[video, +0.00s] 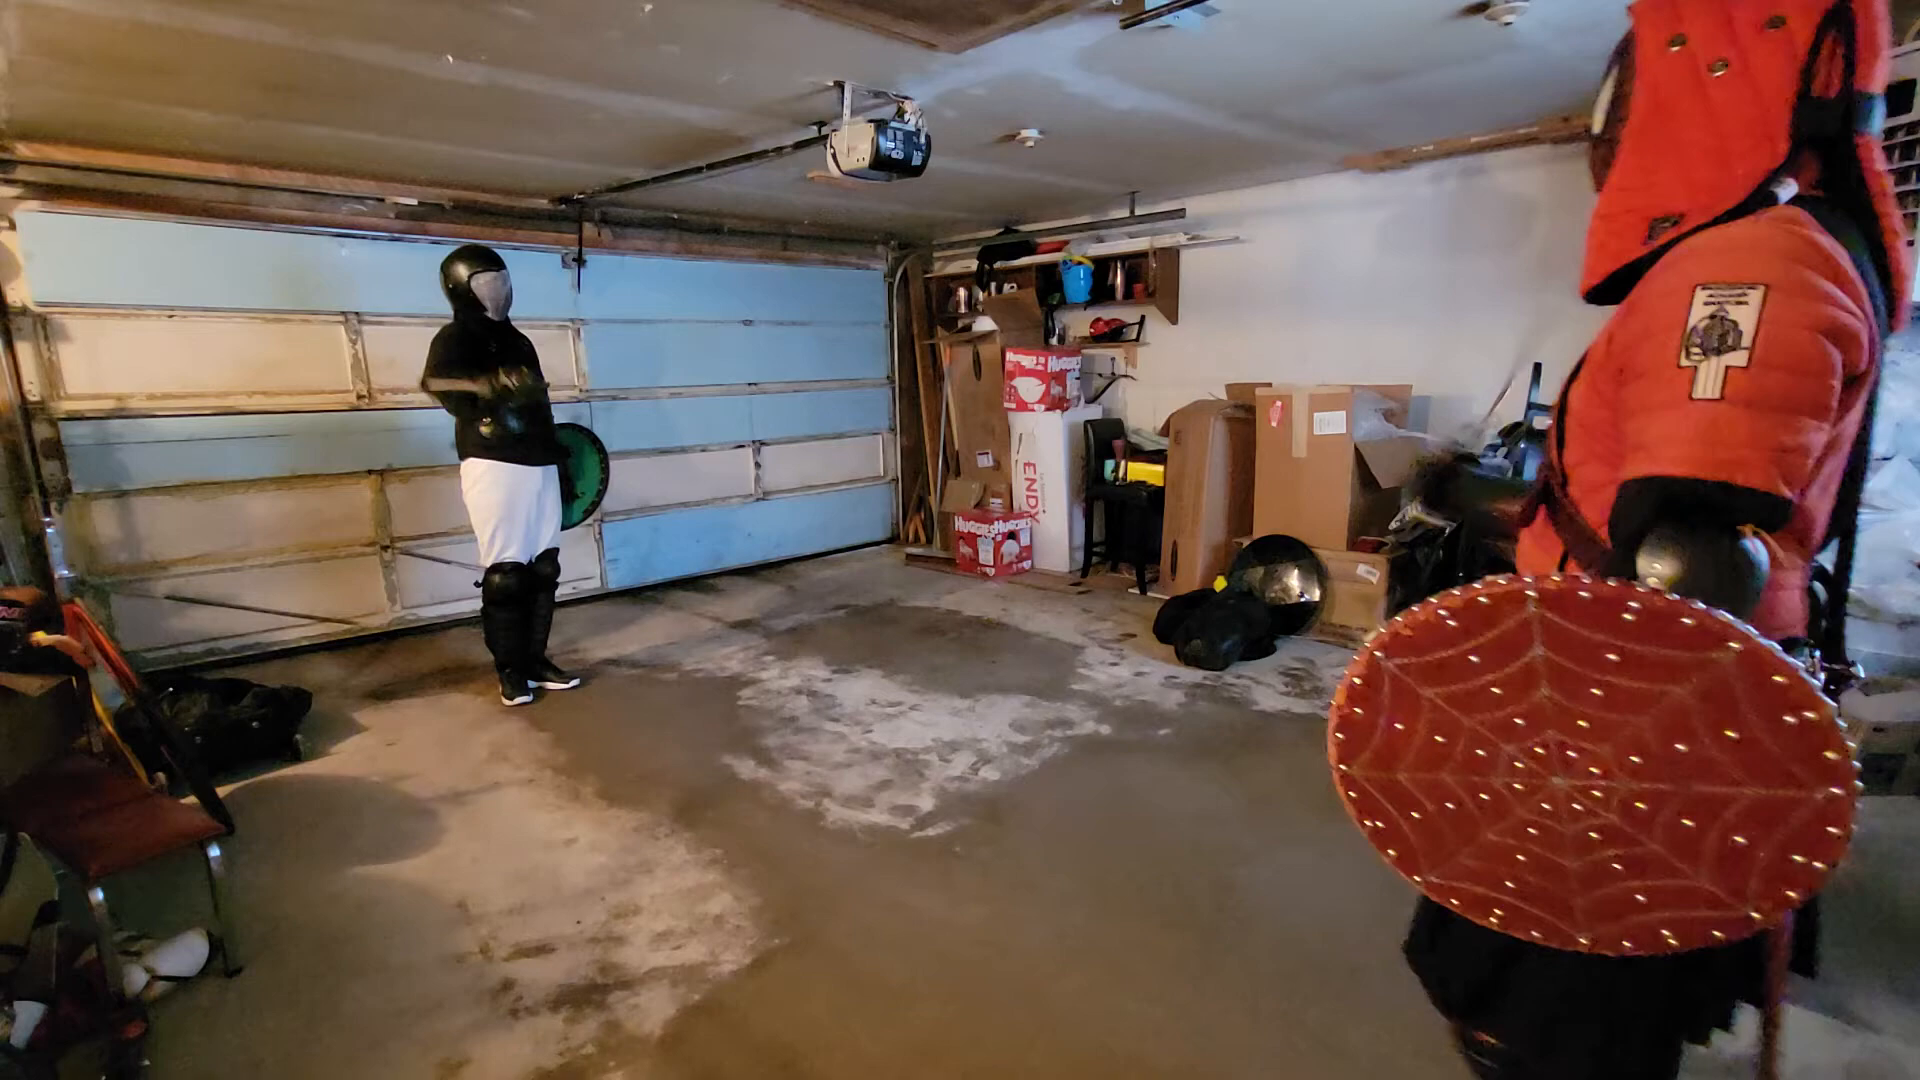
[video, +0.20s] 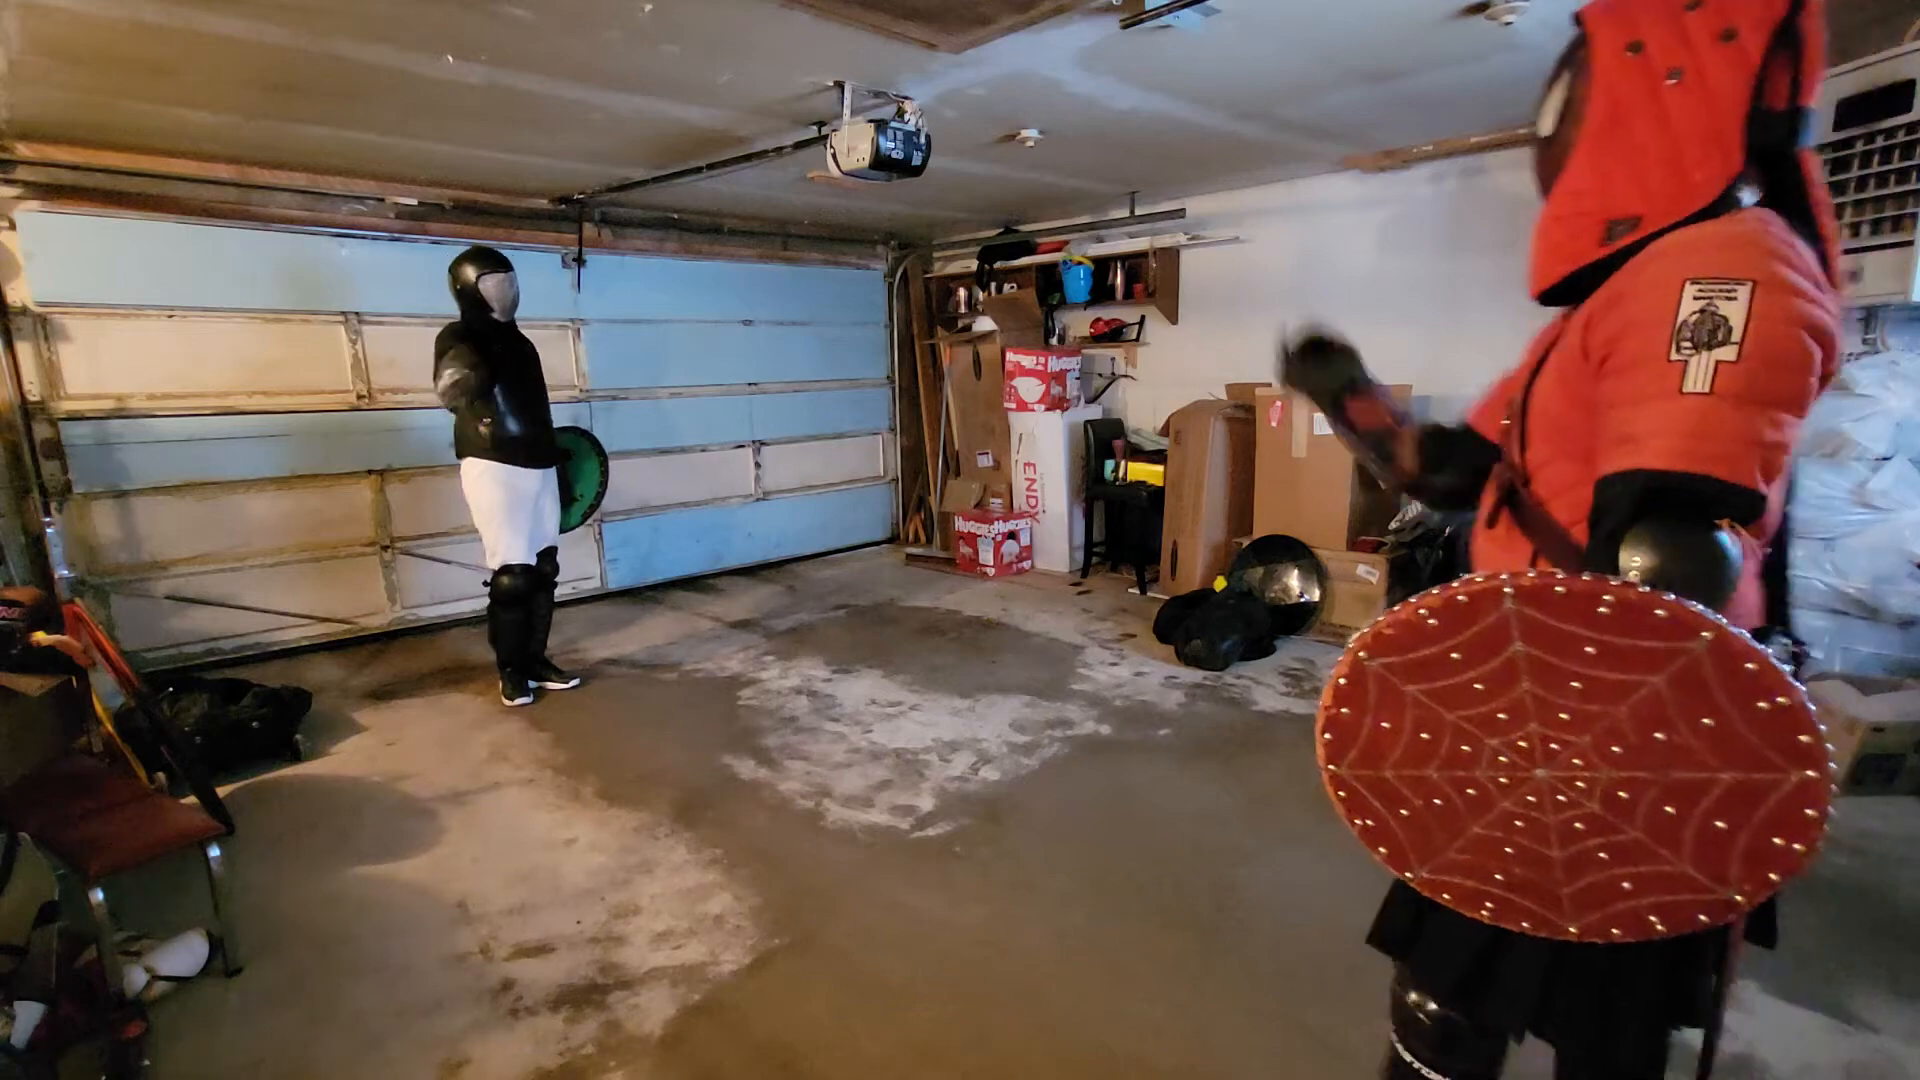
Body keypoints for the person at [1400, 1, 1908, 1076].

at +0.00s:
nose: (1607, 121)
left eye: (1636, 78)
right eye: (1618, 83)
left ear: (1720, 74)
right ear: (1735, 77)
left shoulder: (1762, 262)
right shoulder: (1737, 247)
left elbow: (1690, 595)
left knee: (1575, 1036)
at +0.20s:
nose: (1548, 128)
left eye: (1576, 88)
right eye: (1555, 93)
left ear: (1679, 83)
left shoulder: (1730, 259)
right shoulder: (1623, 281)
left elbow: (1675, 557)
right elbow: (1484, 474)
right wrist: (1369, 416)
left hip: (1619, 755)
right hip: (1521, 727)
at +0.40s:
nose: (1471, 126)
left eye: (1502, 85)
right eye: (1477, 89)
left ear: (1605, 89)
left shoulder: (1676, 288)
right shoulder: (1513, 301)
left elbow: (1643, 592)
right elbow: (1373, 442)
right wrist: (1252, 375)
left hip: (1570, 764)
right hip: (1449, 746)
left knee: (1581, 1045)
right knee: (1418, 1027)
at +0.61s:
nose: (1392, 138)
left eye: (1418, 100)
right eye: (1395, 103)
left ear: (1518, 100)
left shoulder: (1602, 300)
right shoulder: (1440, 286)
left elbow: (1616, 599)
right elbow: (1298, 353)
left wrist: (1552, 800)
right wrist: (1160, 343)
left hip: (1538, 766)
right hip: (1426, 742)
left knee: (1574, 1036)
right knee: (1413, 1021)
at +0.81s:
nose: (1338, 144)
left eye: (1362, 105)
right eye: (1341, 108)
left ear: (1458, 104)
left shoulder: (1558, 307)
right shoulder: (1411, 271)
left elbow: (1594, 607)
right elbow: (1307, 299)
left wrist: (1540, 818)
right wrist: (1186, 300)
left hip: (1469, 706)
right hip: (1393, 679)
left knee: (1404, 962)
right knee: (1494, 960)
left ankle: (1414, 1067)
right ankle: (1539, 1062)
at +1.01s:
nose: (1304, 149)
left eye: (1327, 110)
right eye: (1306, 113)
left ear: (1426, 111)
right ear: (1400, 115)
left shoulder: (1516, 318)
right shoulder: (1379, 285)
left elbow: (1565, 606)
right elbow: (1346, 407)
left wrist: (1495, 808)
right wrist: (1248, 424)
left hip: (1435, 702)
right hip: (1349, 671)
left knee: (1384, 898)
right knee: (1304, 841)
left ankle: (1393, 1050)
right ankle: (1392, 993)